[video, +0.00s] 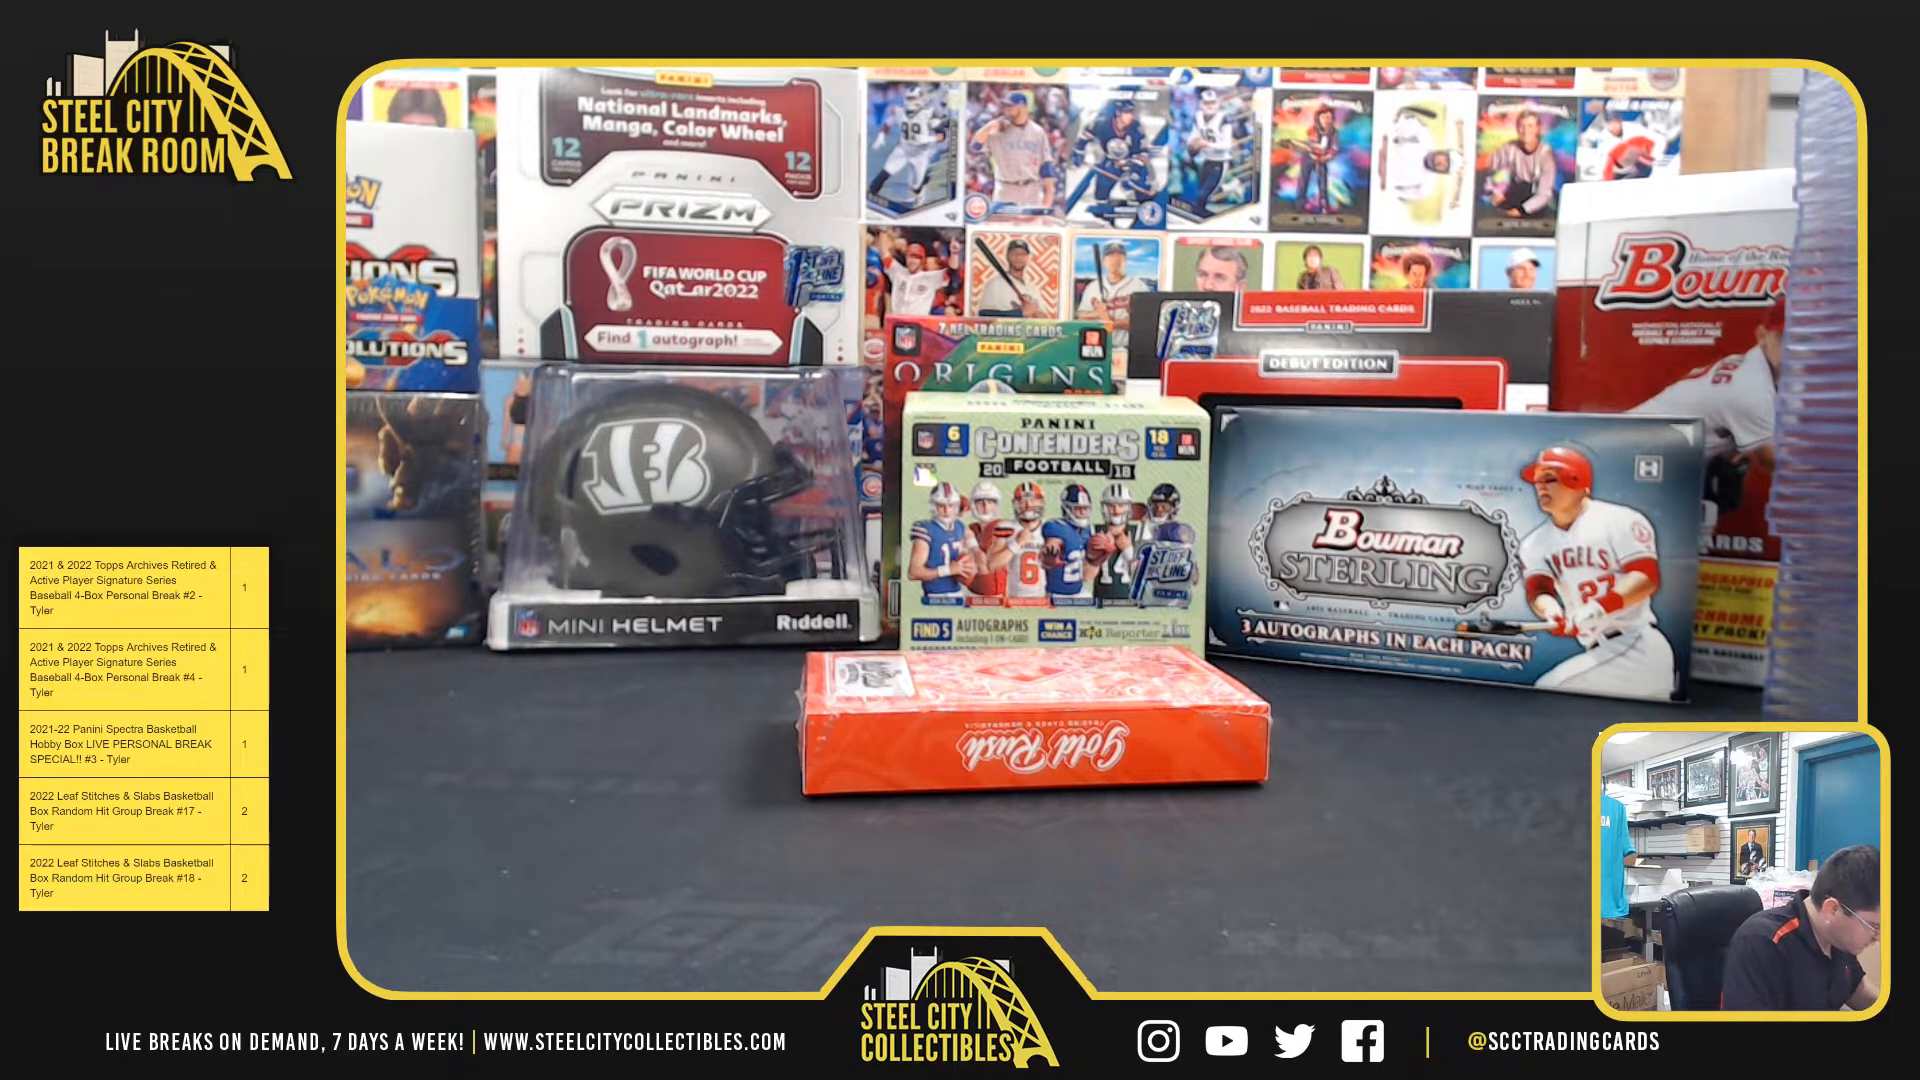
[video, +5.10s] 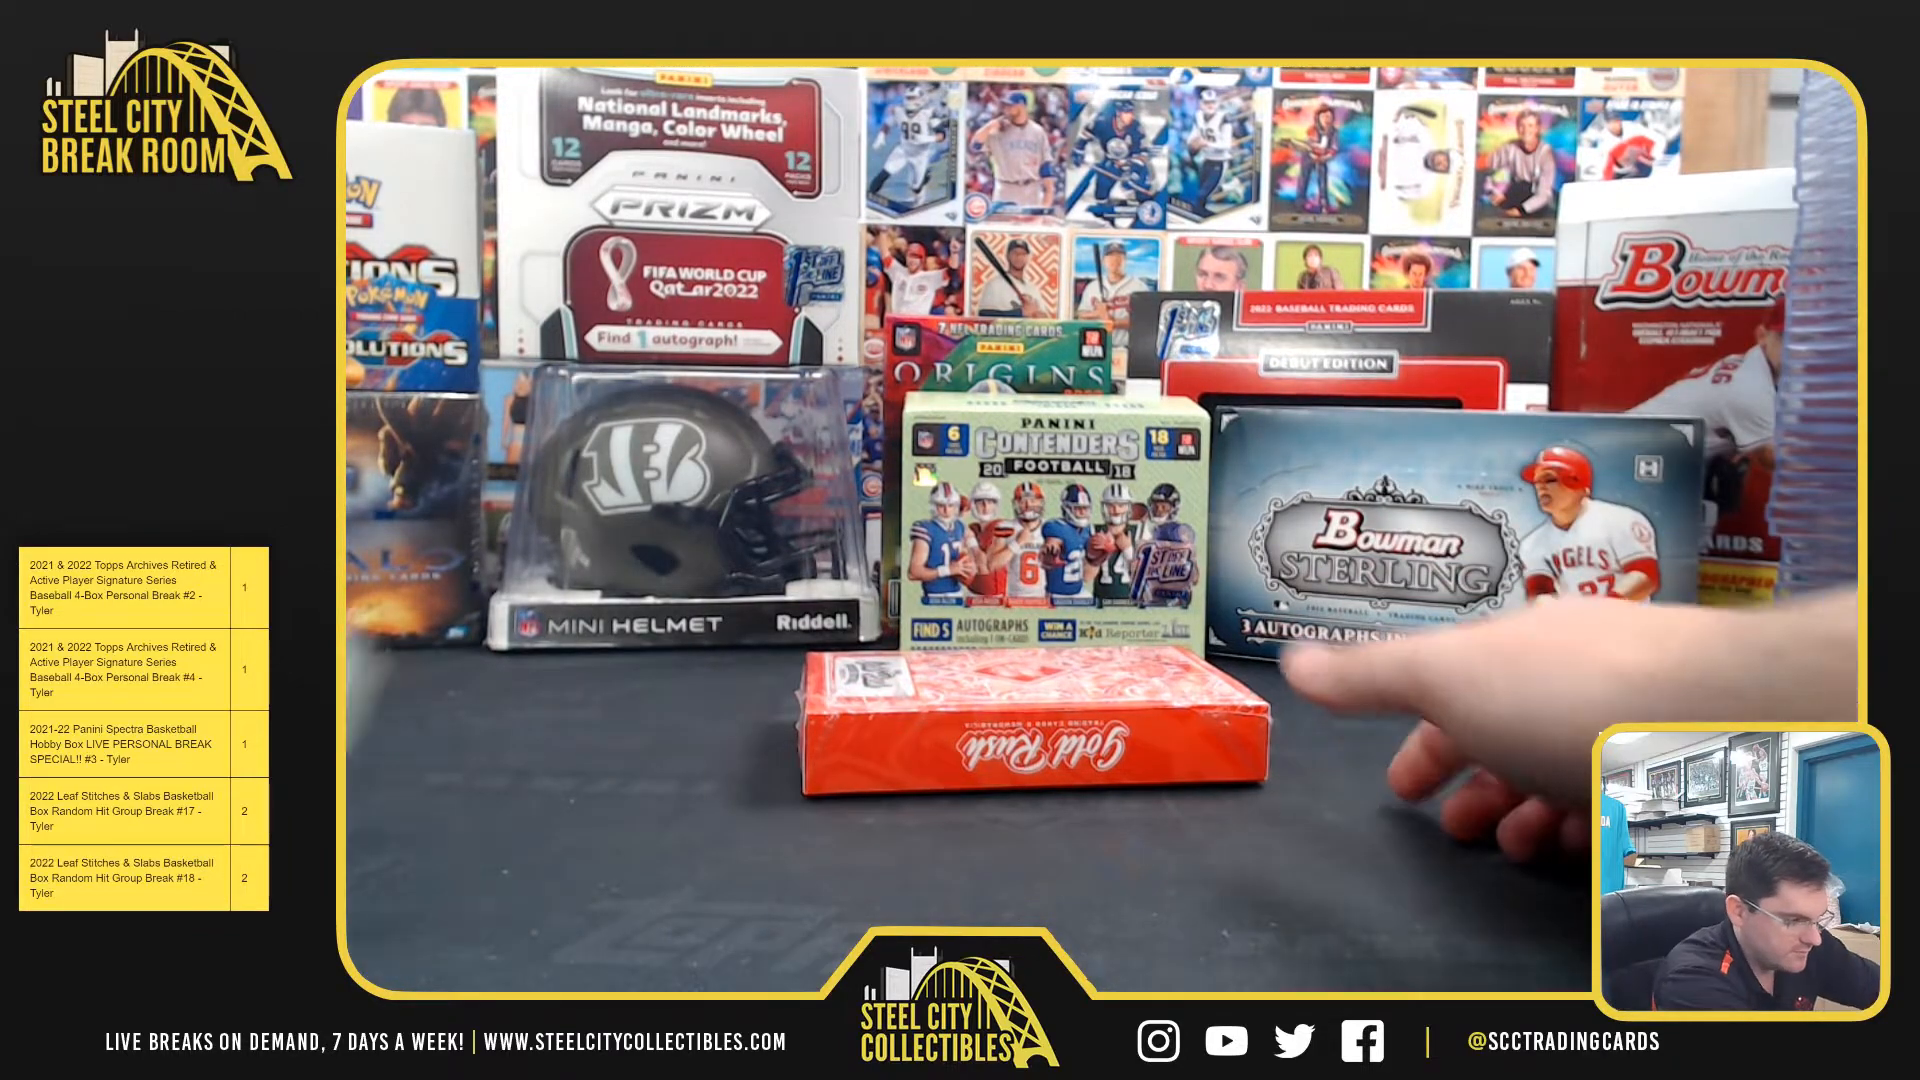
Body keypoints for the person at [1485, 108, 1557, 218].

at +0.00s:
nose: (1526, 131)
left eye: (1530, 126)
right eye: (1522, 126)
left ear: (1538, 129)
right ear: (1517, 129)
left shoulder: (1545, 154)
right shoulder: (1507, 151)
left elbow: (1545, 192)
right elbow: (1491, 178)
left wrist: (1523, 209)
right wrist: (1494, 194)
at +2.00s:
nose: (1526, 130)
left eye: (1531, 126)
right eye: (1522, 126)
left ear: (1539, 129)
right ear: (1517, 130)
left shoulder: (1545, 154)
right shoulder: (1506, 151)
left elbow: (1545, 192)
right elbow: (1490, 179)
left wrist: (1523, 209)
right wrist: (1494, 194)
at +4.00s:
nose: (1526, 130)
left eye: (1530, 126)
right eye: (1522, 126)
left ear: (1539, 128)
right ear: (1518, 130)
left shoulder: (1545, 154)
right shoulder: (1506, 151)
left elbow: (1545, 191)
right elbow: (1490, 178)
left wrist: (1523, 209)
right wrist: (1495, 193)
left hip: (1535, 188)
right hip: (1511, 187)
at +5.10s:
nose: (1526, 130)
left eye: (1531, 126)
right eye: (1522, 126)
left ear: (1538, 128)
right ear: (1518, 129)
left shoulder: (1545, 153)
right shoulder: (1507, 150)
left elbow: (1545, 191)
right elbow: (1489, 178)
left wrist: (1523, 209)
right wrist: (1495, 194)